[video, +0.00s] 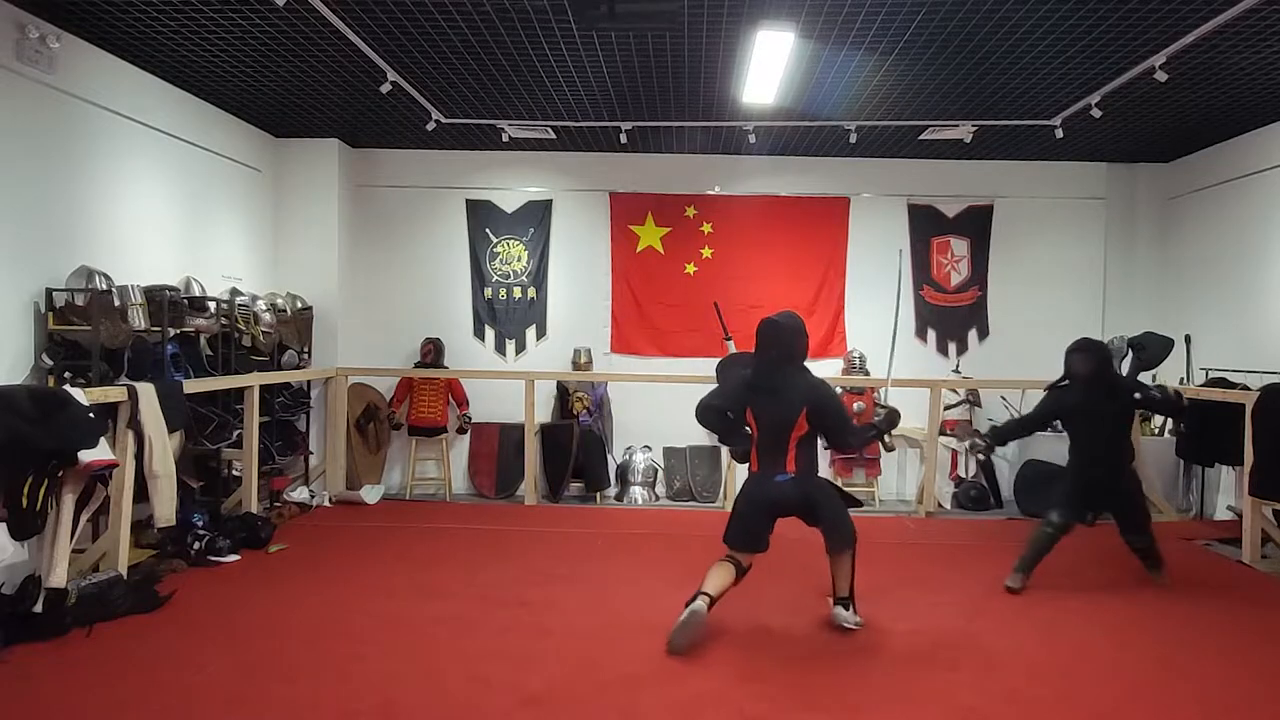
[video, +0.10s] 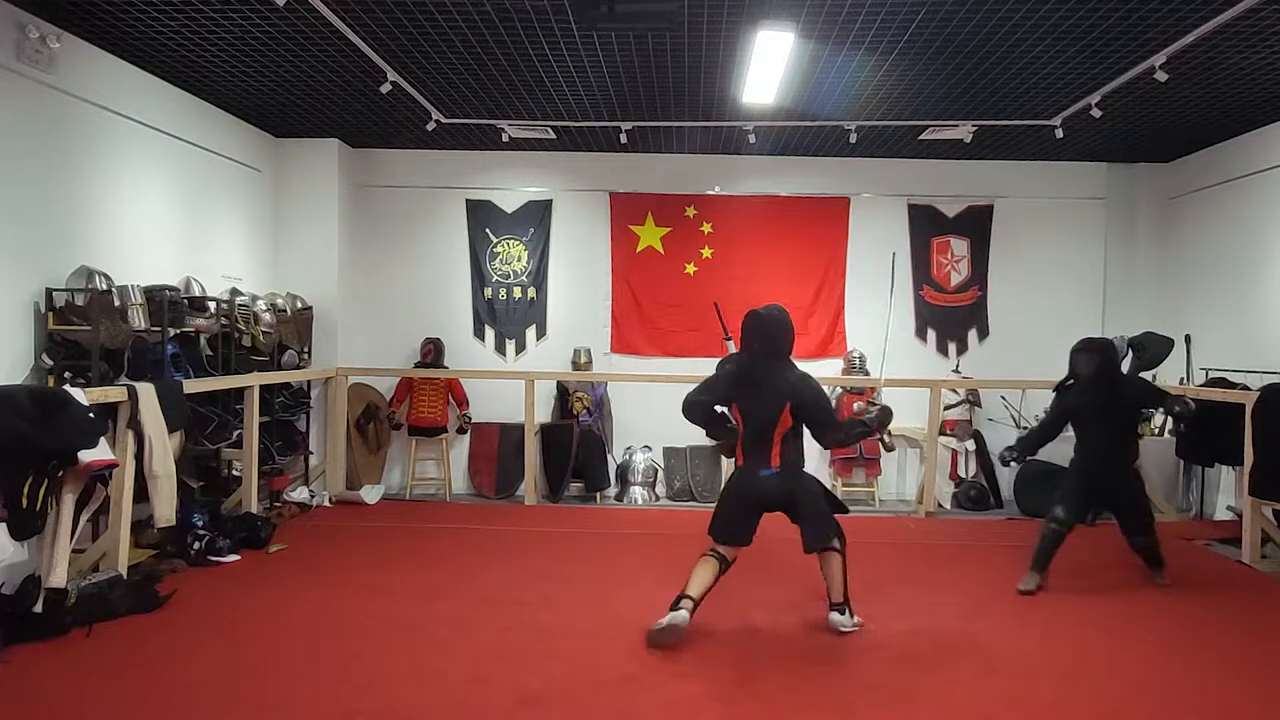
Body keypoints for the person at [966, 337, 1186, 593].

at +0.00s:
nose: (1083, 377)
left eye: (1087, 369)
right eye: (1077, 370)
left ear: (1102, 366)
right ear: (1069, 369)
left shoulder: (1126, 389)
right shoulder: (1062, 398)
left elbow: (1169, 408)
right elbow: (1029, 423)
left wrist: (1172, 399)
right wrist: (992, 438)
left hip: (1120, 476)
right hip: (1081, 476)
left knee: (1137, 528)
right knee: (1055, 523)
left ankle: (1156, 568)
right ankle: (1020, 572)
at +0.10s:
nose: (1082, 367)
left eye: (1088, 361)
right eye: (1078, 361)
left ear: (1104, 363)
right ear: (1073, 364)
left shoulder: (1130, 387)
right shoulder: (1070, 397)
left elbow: (1164, 399)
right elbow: (1048, 428)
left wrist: (1179, 406)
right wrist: (1020, 448)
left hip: (1122, 473)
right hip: (1083, 473)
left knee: (1140, 534)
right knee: (1058, 521)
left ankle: (1157, 568)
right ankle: (1036, 572)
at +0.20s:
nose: (1083, 368)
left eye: (1089, 362)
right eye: (1078, 362)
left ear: (1105, 364)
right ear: (1073, 364)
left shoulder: (1132, 388)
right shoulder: (1071, 395)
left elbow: (1173, 403)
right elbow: (1051, 428)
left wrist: (1177, 409)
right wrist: (1024, 446)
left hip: (1122, 473)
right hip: (1083, 472)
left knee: (1140, 533)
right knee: (1057, 517)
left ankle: (1157, 569)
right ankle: (1041, 572)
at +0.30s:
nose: (1080, 368)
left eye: (1086, 362)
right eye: (1076, 361)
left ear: (1101, 364)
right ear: (1069, 364)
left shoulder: (1125, 390)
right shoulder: (1065, 398)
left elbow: (1169, 410)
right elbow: (1041, 428)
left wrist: (1155, 410)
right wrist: (1012, 440)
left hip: (1116, 474)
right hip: (1078, 474)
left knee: (1137, 539)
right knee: (1050, 512)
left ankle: (1156, 568)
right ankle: (1038, 571)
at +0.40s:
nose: (1066, 371)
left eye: (1071, 365)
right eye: (1061, 365)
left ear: (1087, 367)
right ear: (1054, 368)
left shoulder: (1113, 392)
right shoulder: (1049, 399)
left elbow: (1164, 406)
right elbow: (1019, 428)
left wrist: (1133, 405)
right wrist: (984, 431)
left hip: (1104, 478)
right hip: (1066, 476)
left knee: (1131, 535)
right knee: (1036, 513)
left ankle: (1155, 568)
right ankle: (1015, 567)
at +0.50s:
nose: (1032, 368)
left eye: (1037, 362)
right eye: (1028, 362)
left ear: (1052, 365)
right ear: (1023, 368)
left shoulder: (1082, 388)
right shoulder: (1018, 398)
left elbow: (1136, 394)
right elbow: (983, 425)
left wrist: (1130, 389)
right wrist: (958, 415)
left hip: (1083, 474)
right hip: (1042, 474)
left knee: (1117, 524)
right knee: (1012, 518)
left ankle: (1153, 566)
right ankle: (1000, 571)